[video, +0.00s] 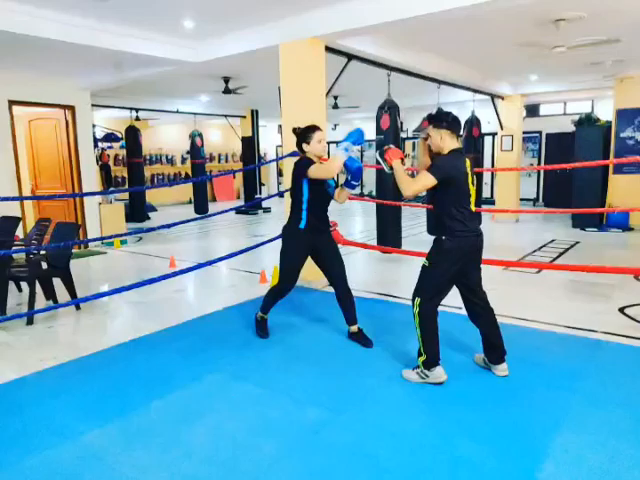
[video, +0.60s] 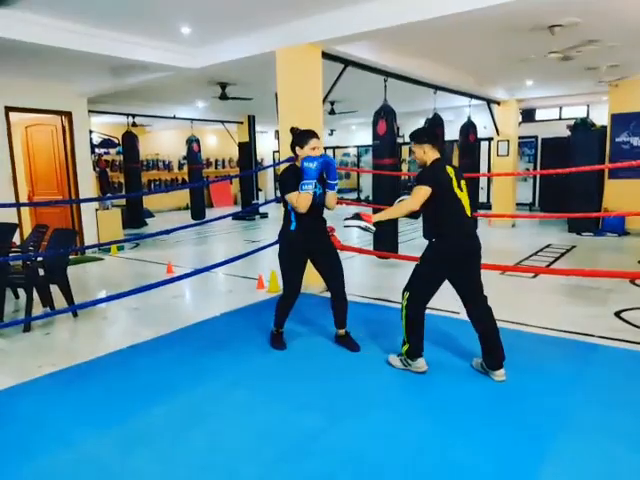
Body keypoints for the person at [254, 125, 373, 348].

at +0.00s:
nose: (325, 145)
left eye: (325, 141)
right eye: (320, 142)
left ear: (323, 143)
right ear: (306, 146)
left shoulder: (325, 168)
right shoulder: (302, 165)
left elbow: (339, 198)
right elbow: (329, 171)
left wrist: (351, 180)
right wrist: (344, 150)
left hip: (321, 234)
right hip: (297, 234)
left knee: (340, 281)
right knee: (286, 284)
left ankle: (354, 328)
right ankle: (262, 315)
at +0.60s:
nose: (318, 153)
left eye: (320, 149)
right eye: (313, 149)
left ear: (321, 150)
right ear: (298, 151)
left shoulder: (319, 171)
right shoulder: (287, 174)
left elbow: (330, 205)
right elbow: (301, 206)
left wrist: (331, 177)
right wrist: (310, 175)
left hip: (318, 235)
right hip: (293, 238)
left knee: (337, 282)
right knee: (292, 289)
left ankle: (342, 332)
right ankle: (277, 330)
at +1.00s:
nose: (297, 153)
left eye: (297, 149)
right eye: (293, 149)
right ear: (278, 150)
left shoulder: (292, 173)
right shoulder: (269, 175)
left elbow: (310, 203)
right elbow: (289, 204)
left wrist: (313, 177)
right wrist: (295, 176)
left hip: (290, 240)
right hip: (267, 242)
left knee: (310, 285)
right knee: (279, 293)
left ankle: (332, 329)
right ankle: (264, 329)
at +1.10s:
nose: (290, 148)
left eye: (291, 143)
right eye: (286, 143)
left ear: (281, 144)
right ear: (272, 144)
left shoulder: (286, 167)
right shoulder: (263, 168)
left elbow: (301, 200)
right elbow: (281, 200)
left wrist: (303, 175)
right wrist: (289, 172)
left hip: (280, 236)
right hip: (257, 237)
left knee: (299, 278)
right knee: (272, 288)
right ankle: (262, 328)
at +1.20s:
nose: (284, 150)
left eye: (285, 145)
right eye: (281, 145)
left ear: (271, 147)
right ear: (267, 146)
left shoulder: (277, 168)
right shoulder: (256, 169)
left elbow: (292, 201)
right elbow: (276, 203)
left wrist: (298, 178)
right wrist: (284, 176)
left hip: (273, 235)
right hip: (252, 235)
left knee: (289, 281)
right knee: (265, 289)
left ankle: (274, 322)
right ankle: (247, 327)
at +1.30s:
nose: (272, 158)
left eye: (271, 153)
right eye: (269, 154)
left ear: (257, 155)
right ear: (256, 155)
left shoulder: (261, 179)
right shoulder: (246, 181)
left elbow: (273, 212)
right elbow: (265, 215)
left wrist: (279, 189)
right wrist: (274, 188)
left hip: (260, 245)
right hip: (243, 245)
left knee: (280, 286)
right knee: (244, 301)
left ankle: (270, 327)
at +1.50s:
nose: (247, 156)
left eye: (247, 151)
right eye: (244, 151)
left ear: (230, 152)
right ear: (233, 152)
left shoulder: (231, 174)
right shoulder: (227, 177)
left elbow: (242, 208)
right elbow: (253, 206)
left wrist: (254, 210)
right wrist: (257, 179)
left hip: (230, 247)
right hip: (213, 249)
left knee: (246, 291)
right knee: (214, 305)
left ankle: (259, 330)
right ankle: (185, 353)